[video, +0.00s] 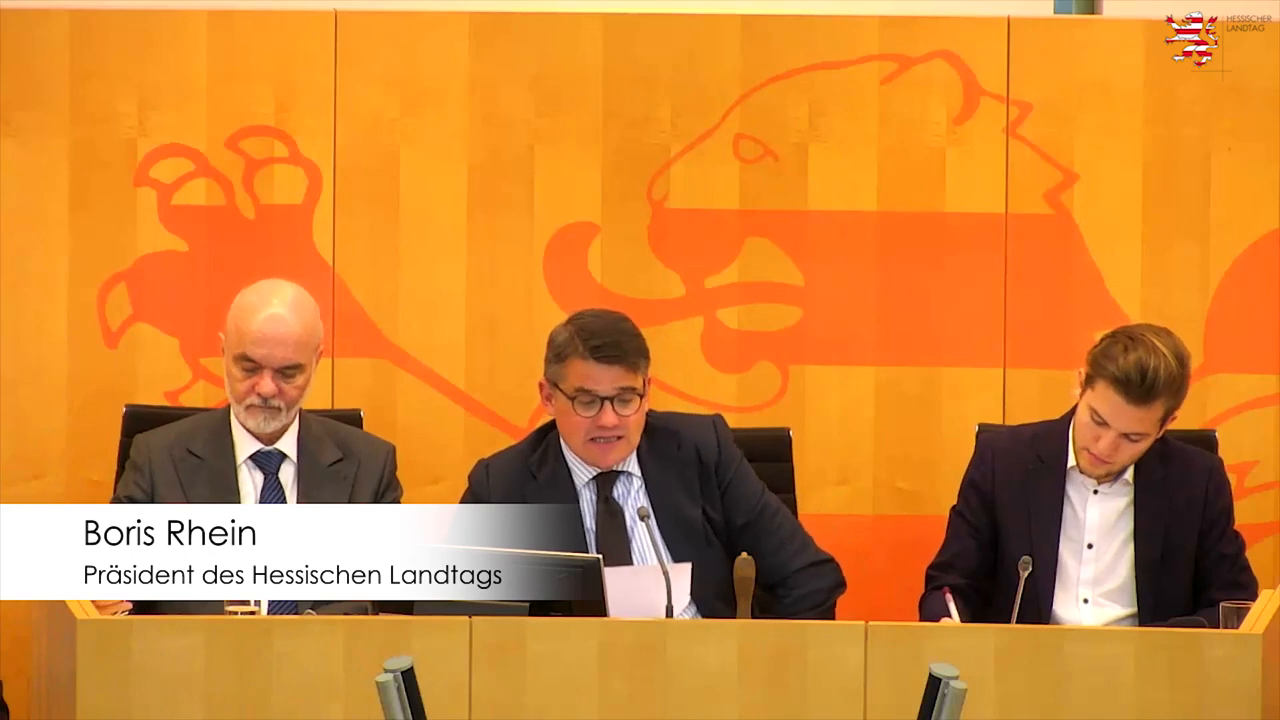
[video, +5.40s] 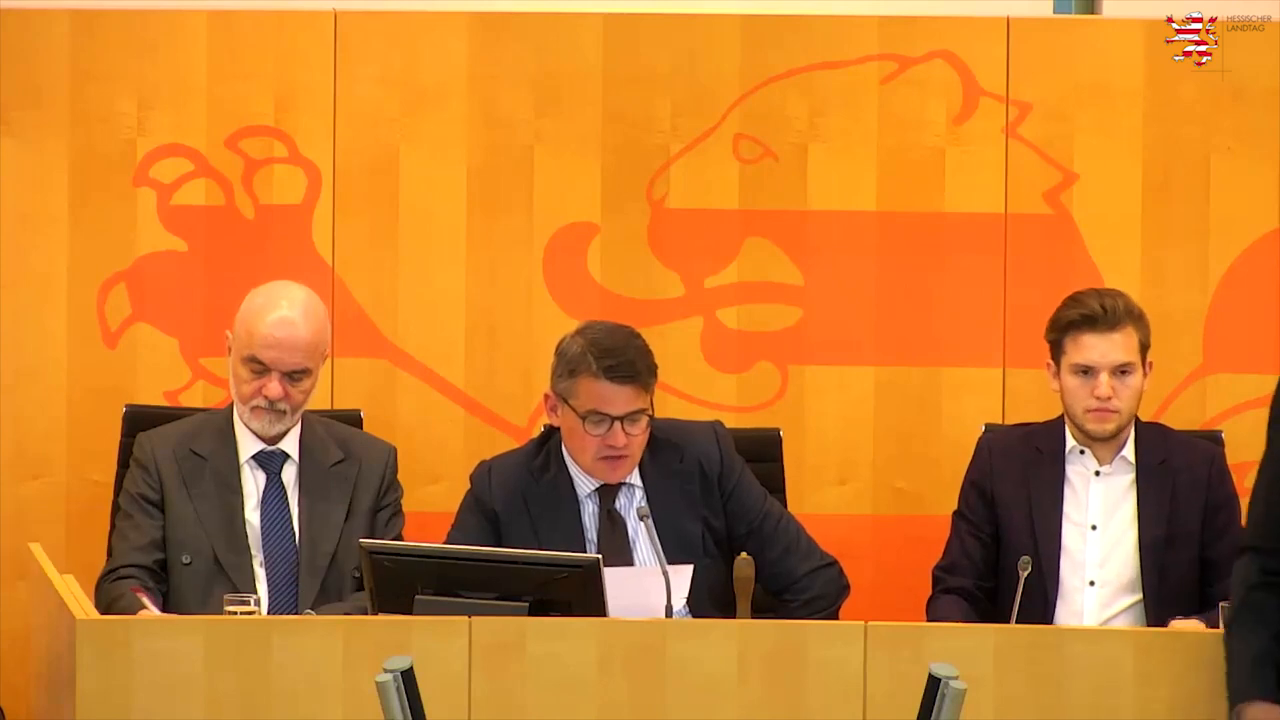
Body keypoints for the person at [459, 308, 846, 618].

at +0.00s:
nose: (608, 419)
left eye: (624, 398)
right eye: (586, 400)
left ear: (646, 390)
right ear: (549, 397)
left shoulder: (704, 450)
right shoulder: (500, 485)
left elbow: (809, 580)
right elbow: (466, 619)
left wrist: (764, 679)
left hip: (706, 673)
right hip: (566, 683)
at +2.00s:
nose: (614, 435)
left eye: (628, 413)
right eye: (591, 418)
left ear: (644, 395)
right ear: (548, 410)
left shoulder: (704, 453)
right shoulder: (500, 487)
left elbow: (811, 581)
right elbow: (468, 623)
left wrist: (760, 676)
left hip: (703, 673)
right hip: (564, 683)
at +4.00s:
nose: (618, 441)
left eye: (634, 419)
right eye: (595, 423)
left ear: (650, 400)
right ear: (553, 411)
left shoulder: (705, 457)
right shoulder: (500, 488)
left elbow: (814, 583)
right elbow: (460, 622)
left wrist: (756, 675)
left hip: (701, 678)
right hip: (562, 686)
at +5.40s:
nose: (618, 440)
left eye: (634, 418)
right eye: (597, 420)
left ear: (651, 402)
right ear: (554, 409)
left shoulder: (705, 456)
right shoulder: (499, 489)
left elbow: (815, 584)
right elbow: (447, 614)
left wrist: (757, 676)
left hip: (700, 679)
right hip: (561, 685)